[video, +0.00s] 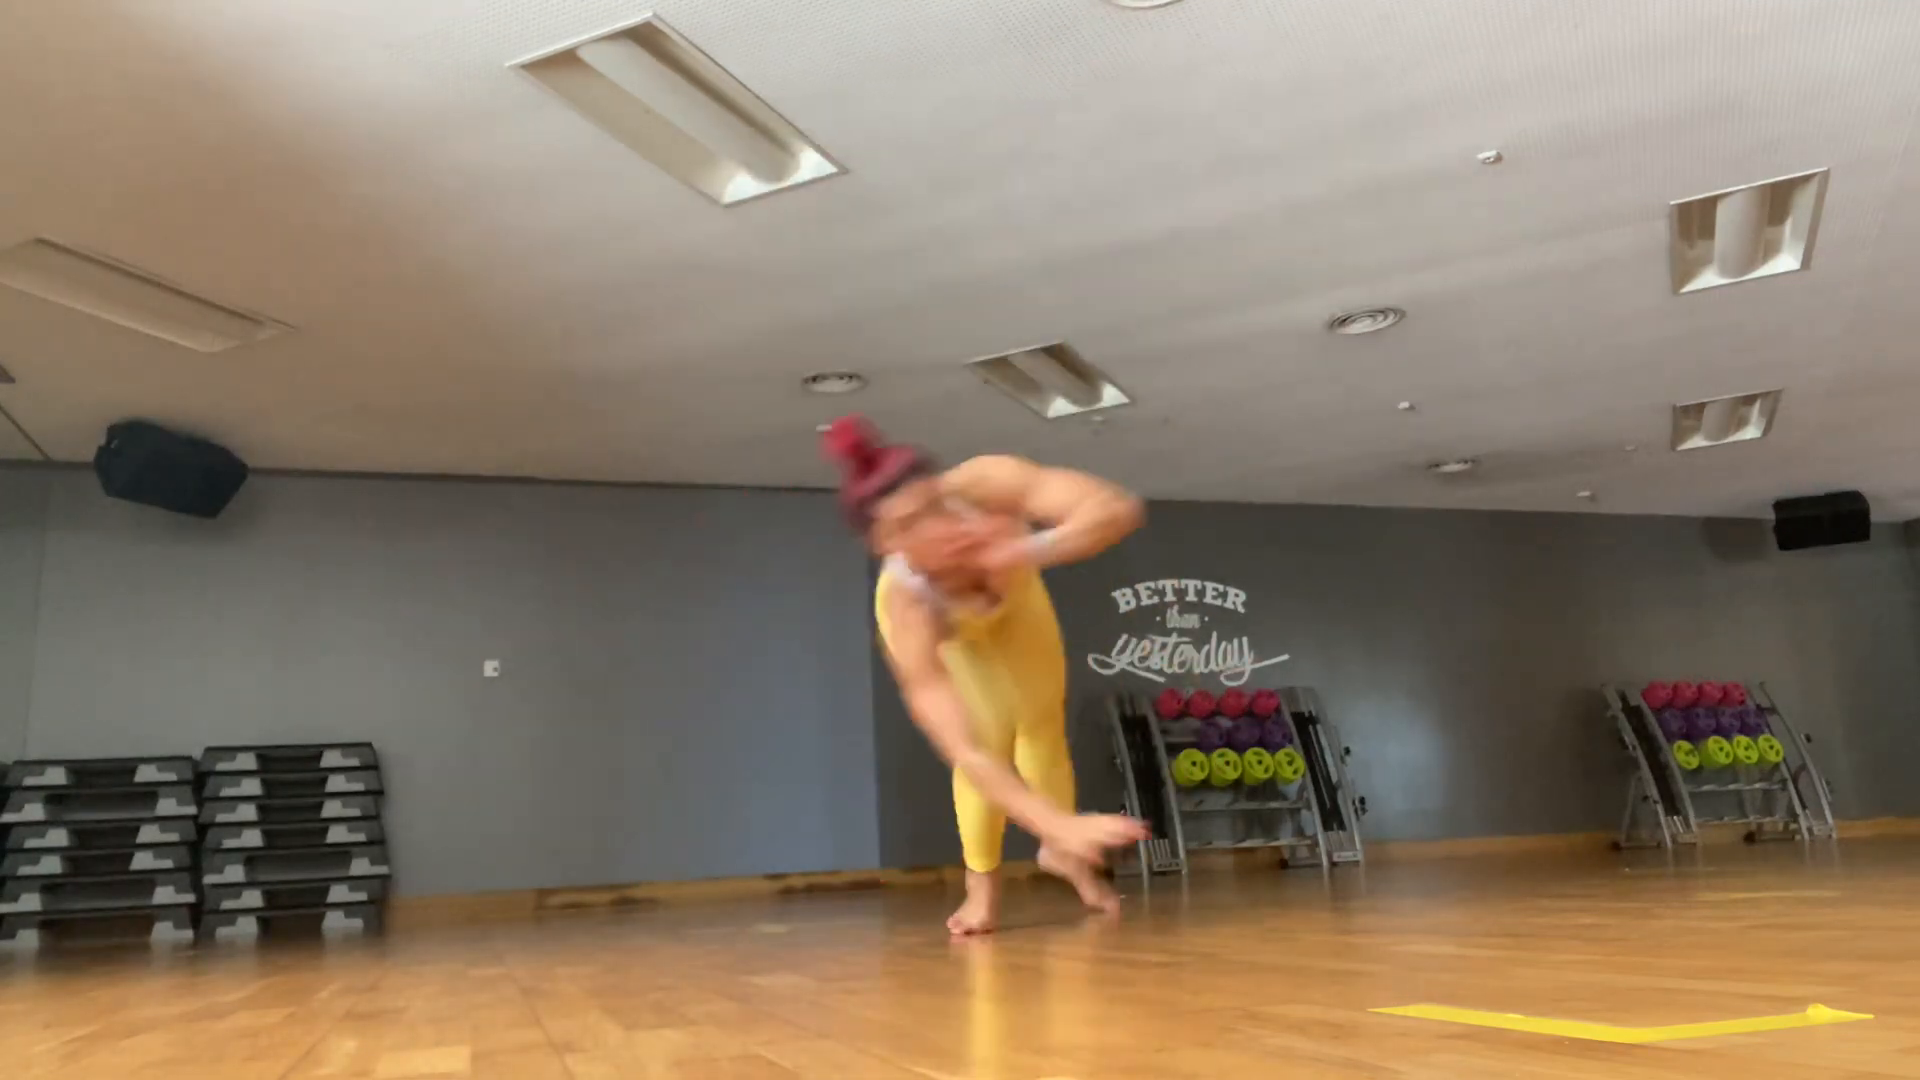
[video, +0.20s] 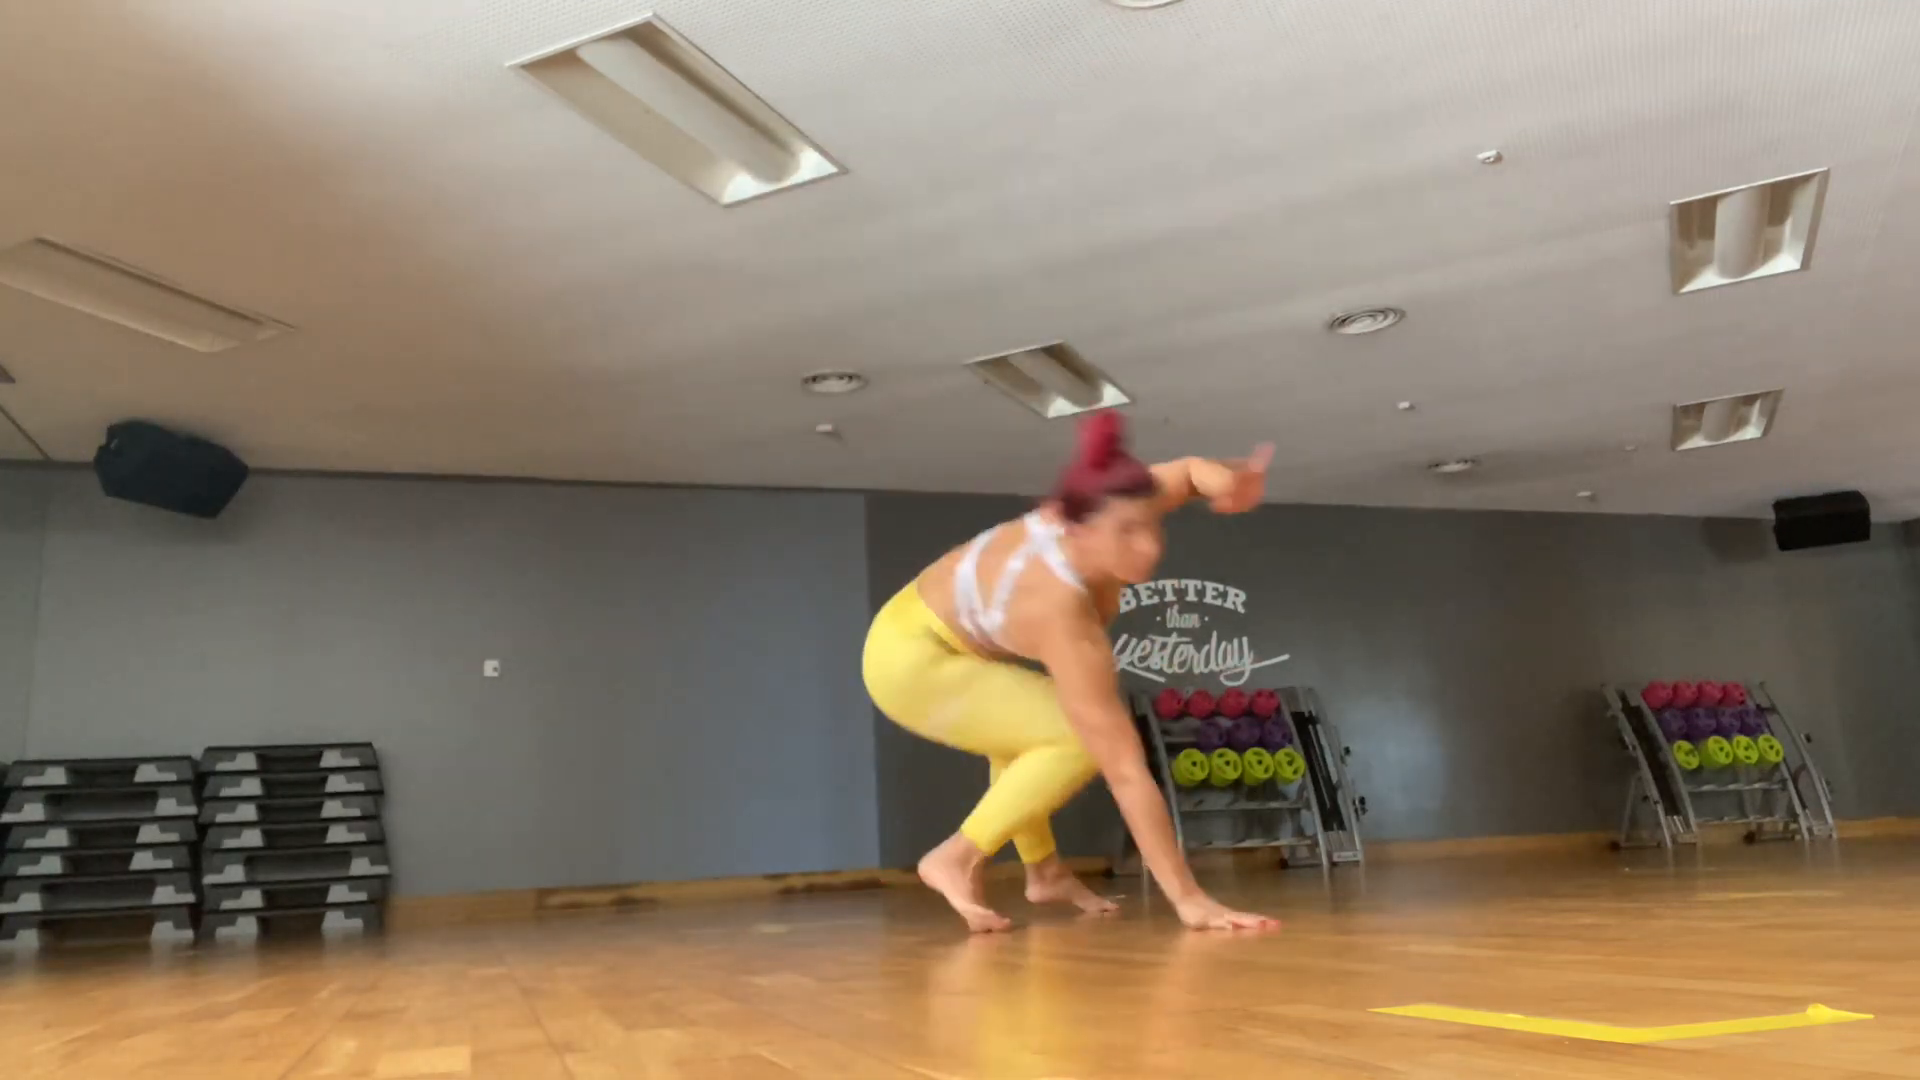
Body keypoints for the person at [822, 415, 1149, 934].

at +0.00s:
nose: (930, 531)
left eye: (930, 509)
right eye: (904, 527)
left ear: (943, 491)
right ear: (880, 542)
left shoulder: (983, 481)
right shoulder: (902, 601)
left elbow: (1118, 509)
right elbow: (962, 749)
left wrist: (1028, 553)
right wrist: (1059, 825)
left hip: (1019, 606)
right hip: (954, 641)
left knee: (1045, 727)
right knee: (981, 747)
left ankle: (1061, 852)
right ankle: (980, 887)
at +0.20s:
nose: (1153, 547)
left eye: (1154, 528)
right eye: (1131, 531)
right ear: (1083, 532)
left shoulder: (1082, 517)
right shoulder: (1063, 613)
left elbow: (1188, 472)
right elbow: (1122, 766)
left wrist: (1227, 489)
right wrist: (1189, 898)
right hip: (912, 659)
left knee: (1014, 734)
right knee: (1079, 738)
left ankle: (1045, 873)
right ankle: (956, 858)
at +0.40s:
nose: (1209, 588)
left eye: (1220, 576)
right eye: (1198, 564)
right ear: (1152, 550)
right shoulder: (1119, 638)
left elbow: (1023, 578)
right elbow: (1134, 781)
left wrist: (1080, 541)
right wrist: (1188, 907)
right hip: (964, 745)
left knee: (979, 829)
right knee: (1114, 788)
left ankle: (1050, 888)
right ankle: (981, 851)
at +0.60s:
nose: (1112, 605)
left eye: (1110, 594)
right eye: (1108, 591)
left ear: (1046, 578)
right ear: (1085, 576)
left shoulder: (982, 625)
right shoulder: (1080, 597)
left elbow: (904, 723)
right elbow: (1186, 638)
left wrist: (848, 833)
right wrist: (1306, 678)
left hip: (901, 771)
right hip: (991, 747)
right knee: (1094, 801)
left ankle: (1058, 879)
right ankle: (988, 858)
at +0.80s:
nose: (879, 680)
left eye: (868, 666)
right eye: (867, 671)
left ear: (881, 638)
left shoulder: (909, 678)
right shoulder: (970, 579)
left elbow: (924, 780)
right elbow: (1019, 518)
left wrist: (921, 892)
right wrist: (997, 511)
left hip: (973, 684)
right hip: (1066, 650)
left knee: (1027, 770)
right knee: (1117, 816)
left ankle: (1105, 890)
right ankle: (1024, 846)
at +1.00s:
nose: (796, 700)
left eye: (795, 684)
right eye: (785, 691)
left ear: (829, 653)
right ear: (815, 653)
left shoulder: (899, 678)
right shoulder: (868, 629)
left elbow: (934, 800)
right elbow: (797, 641)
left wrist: (928, 907)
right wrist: (736, 674)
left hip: (1069, 638)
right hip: (1111, 631)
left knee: (1005, 783)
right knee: (1107, 785)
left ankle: (1134, 864)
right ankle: (1248, 812)